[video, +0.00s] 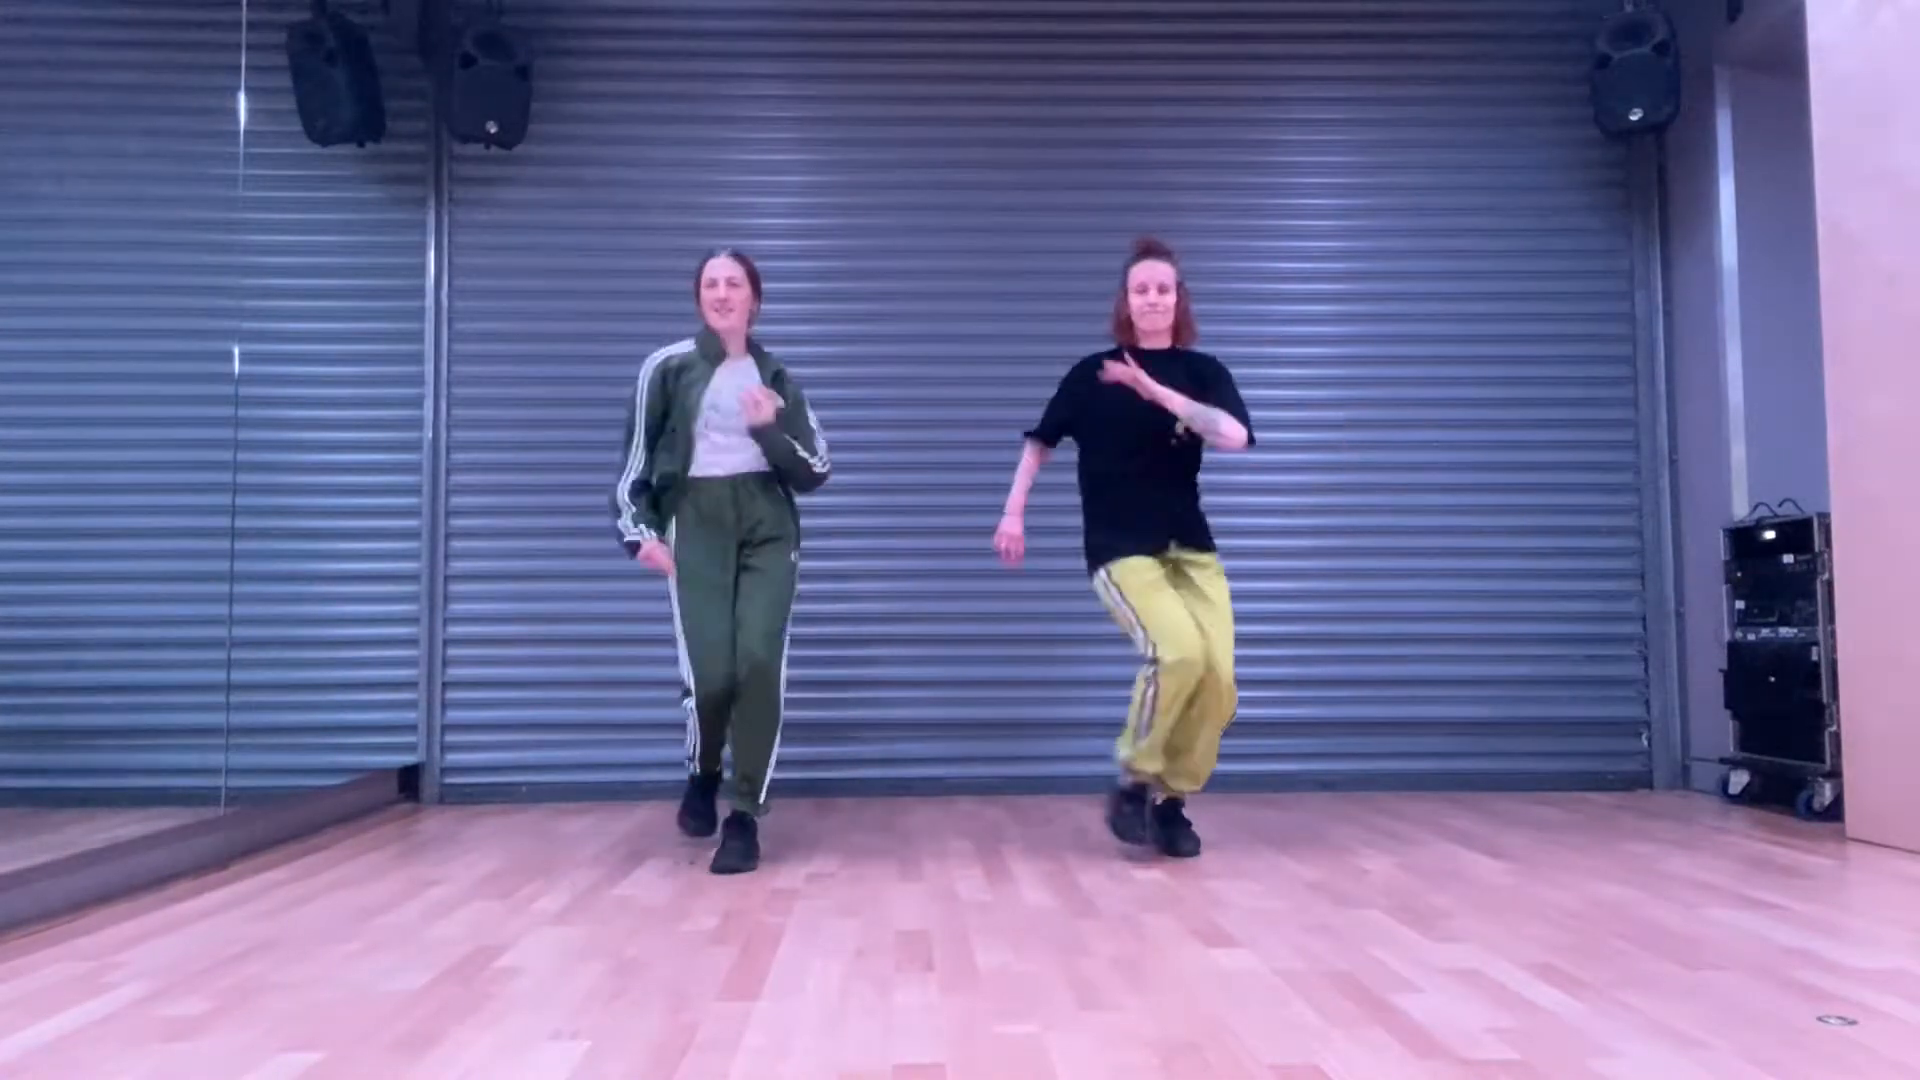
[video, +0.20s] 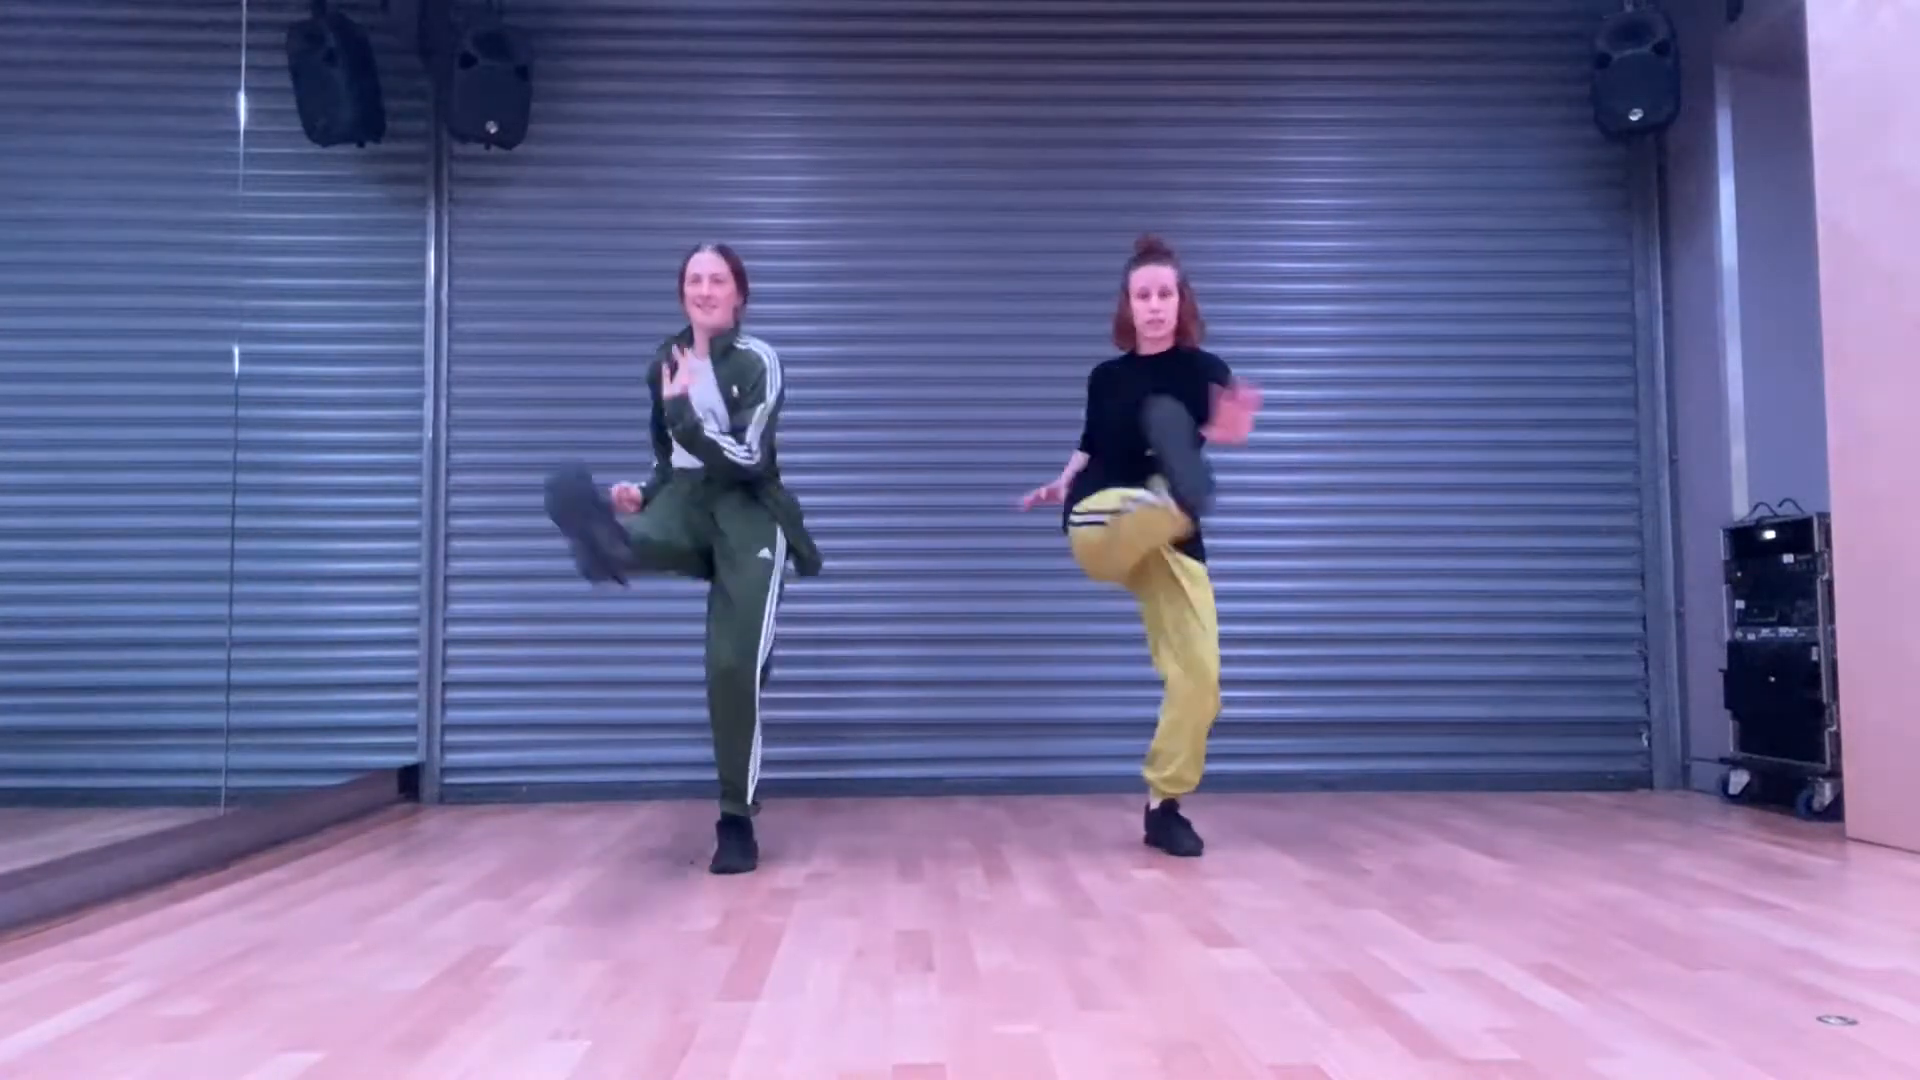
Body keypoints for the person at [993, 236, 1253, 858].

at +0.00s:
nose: (1152, 300)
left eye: (1163, 289)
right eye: (1140, 291)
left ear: (1180, 299)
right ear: (1124, 302)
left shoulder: (1202, 371)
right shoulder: (1092, 375)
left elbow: (1236, 437)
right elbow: (1039, 444)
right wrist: (1012, 515)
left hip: (1190, 545)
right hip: (1119, 548)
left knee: (1220, 679)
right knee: (1181, 653)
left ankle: (1170, 800)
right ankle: (1135, 782)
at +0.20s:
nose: (1155, 305)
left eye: (1166, 292)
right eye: (1143, 293)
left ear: (1182, 301)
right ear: (1126, 303)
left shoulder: (1204, 369)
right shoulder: (1108, 376)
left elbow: (1221, 427)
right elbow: (1093, 445)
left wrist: (1229, 429)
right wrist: (1060, 486)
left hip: (1171, 529)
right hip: (1098, 519)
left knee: (1197, 673)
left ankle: (1164, 807)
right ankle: (1180, 500)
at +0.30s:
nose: (1158, 305)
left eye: (1169, 294)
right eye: (1146, 294)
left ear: (1186, 301)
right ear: (1131, 303)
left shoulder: (1219, 374)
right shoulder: (1107, 378)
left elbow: (1272, 443)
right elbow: (1064, 449)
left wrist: (1316, 484)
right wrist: (1036, 470)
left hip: (1179, 545)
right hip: (1112, 520)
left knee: (1203, 674)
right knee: (1080, 505)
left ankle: (1164, 806)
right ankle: (1023, 472)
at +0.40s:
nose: (1174, 306)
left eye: (1184, 294)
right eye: (1162, 296)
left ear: (1201, 299)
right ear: (1145, 304)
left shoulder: (1232, 379)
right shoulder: (1121, 372)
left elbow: (1272, 464)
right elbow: (1073, 453)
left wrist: (1319, 517)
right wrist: (1116, 450)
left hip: (1177, 549)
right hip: (1101, 516)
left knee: (1207, 676)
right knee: (1018, 560)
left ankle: (1167, 805)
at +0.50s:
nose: (1186, 311)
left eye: (1195, 299)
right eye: (1174, 299)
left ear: (1213, 306)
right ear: (1157, 306)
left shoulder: (1218, 388)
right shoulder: (1135, 372)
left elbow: (1244, 472)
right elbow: (1125, 452)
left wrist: (1300, 525)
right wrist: (1191, 465)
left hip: (1161, 562)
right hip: (1080, 536)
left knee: (1194, 683)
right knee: (997, 628)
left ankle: (1166, 808)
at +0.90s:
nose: (1146, 336)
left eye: (1156, 323)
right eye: (1134, 324)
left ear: (1171, 328)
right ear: (1112, 332)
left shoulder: (1183, 409)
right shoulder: (1091, 393)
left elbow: (1232, 435)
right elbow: (1101, 399)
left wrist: (1292, 438)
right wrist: (1188, 397)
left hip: (1132, 588)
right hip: (1052, 579)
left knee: (1184, 695)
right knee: (986, 695)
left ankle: (1163, 809)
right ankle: (909, 799)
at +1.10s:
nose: (1162, 342)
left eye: (1165, 327)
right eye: (1145, 334)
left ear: (1174, 328)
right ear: (1115, 343)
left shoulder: (1181, 393)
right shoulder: (1089, 403)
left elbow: (1251, 390)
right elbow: (1014, 451)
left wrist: (1263, 368)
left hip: (1136, 586)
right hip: (1053, 583)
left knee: (1194, 693)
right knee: (991, 696)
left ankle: (1161, 810)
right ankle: (912, 797)